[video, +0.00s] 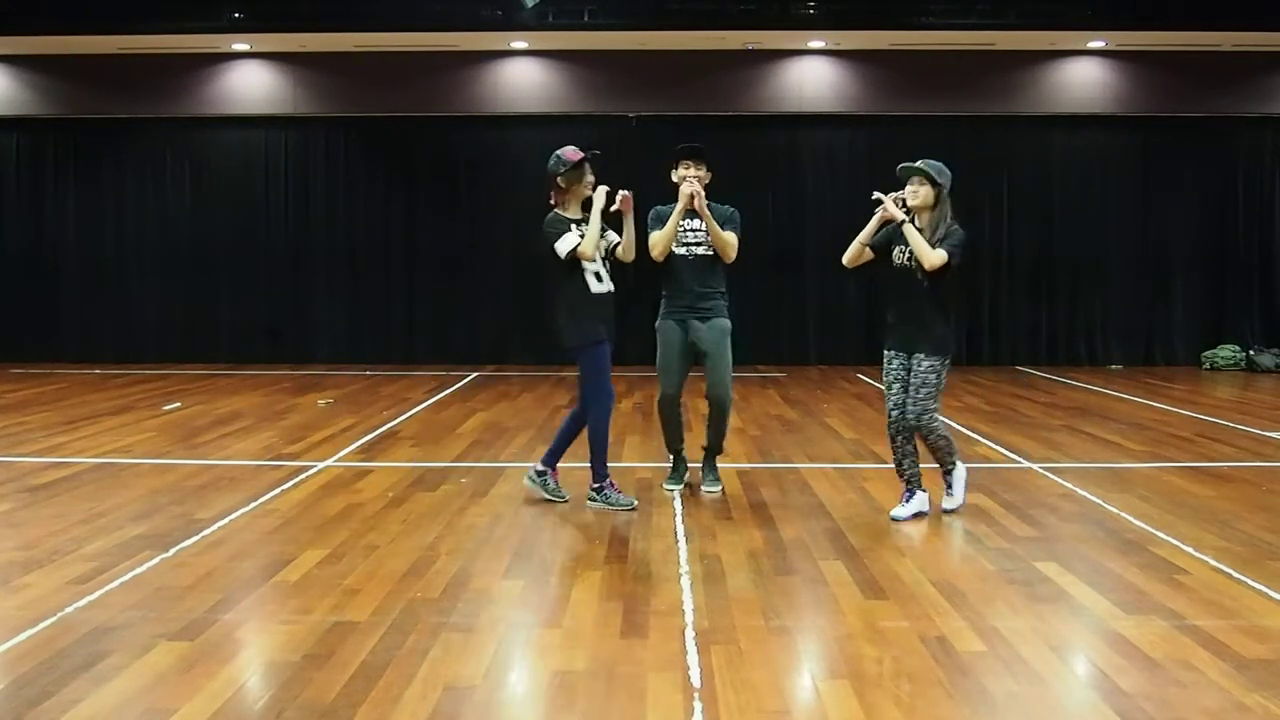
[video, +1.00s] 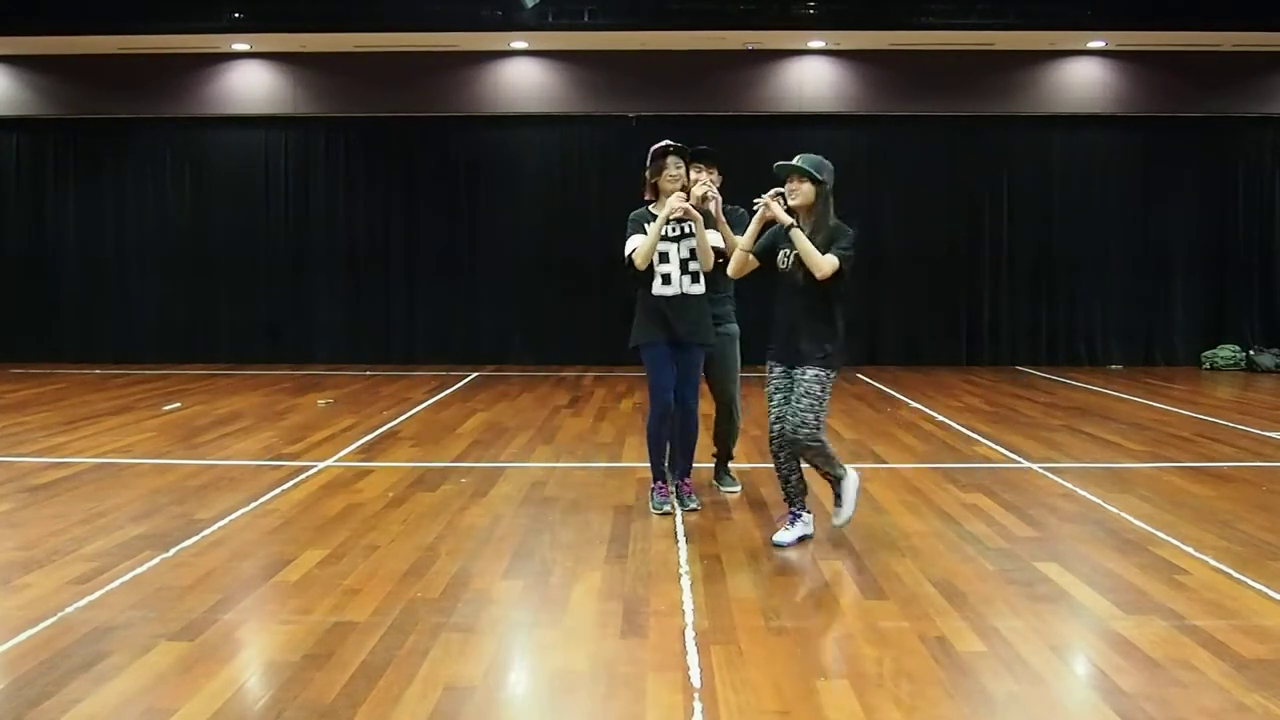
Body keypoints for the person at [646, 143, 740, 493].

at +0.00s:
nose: (691, 175)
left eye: (698, 169)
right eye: (685, 169)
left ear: (708, 176)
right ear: (674, 175)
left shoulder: (726, 214)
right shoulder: (660, 214)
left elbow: (729, 253)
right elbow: (657, 252)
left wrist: (703, 212)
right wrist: (681, 207)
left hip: (713, 315)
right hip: (672, 315)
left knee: (721, 396)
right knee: (667, 394)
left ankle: (711, 462)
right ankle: (677, 462)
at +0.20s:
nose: (695, 170)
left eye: (702, 165)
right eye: (689, 164)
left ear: (711, 172)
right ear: (678, 169)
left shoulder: (728, 208)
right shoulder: (667, 206)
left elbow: (728, 250)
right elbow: (654, 251)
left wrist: (702, 209)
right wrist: (682, 204)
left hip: (713, 313)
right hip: (674, 305)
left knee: (714, 395)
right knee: (661, 358)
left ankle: (708, 463)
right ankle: (674, 420)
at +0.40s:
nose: (691, 170)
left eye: (697, 164)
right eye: (684, 163)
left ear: (706, 169)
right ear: (672, 169)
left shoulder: (724, 206)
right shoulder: (665, 205)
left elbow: (729, 250)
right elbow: (660, 244)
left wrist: (705, 208)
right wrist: (680, 203)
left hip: (714, 315)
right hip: (675, 314)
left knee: (716, 396)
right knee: (673, 395)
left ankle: (708, 464)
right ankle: (675, 466)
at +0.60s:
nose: (688, 180)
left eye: (693, 174)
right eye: (682, 175)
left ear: (702, 179)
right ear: (669, 180)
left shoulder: (714, 212)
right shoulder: (661, 215)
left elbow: (729, 263)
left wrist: (714, 223)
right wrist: (681, 208)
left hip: (711, 304)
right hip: (671, 308)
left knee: (747, 351)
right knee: (674, 387)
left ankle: (723, 419)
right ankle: (675, 462)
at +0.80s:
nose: (693, 173)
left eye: (698, 167)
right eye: (687, 167)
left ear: (708, 172)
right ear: (675, 171)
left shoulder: (720, 206)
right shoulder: (665, 209)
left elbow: (735, 253)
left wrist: (719, 211)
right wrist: (686, 199)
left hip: (715, 306)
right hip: (675, 308)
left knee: (747, 369)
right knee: (679, 389)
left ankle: (729, 437)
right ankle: (674, 461)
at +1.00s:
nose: (703, 178)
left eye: (709, 173)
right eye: (696, 172)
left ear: (719, 179)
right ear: (685, 178)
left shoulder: (733, 215)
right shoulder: (678, 214)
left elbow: (739, 255)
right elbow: (670, 249)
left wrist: (718, 217)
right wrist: (689, 206)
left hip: (722, 318)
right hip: (684, 318)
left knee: (729, 398)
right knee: (681, 398)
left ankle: (723, 465)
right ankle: (679, 468)